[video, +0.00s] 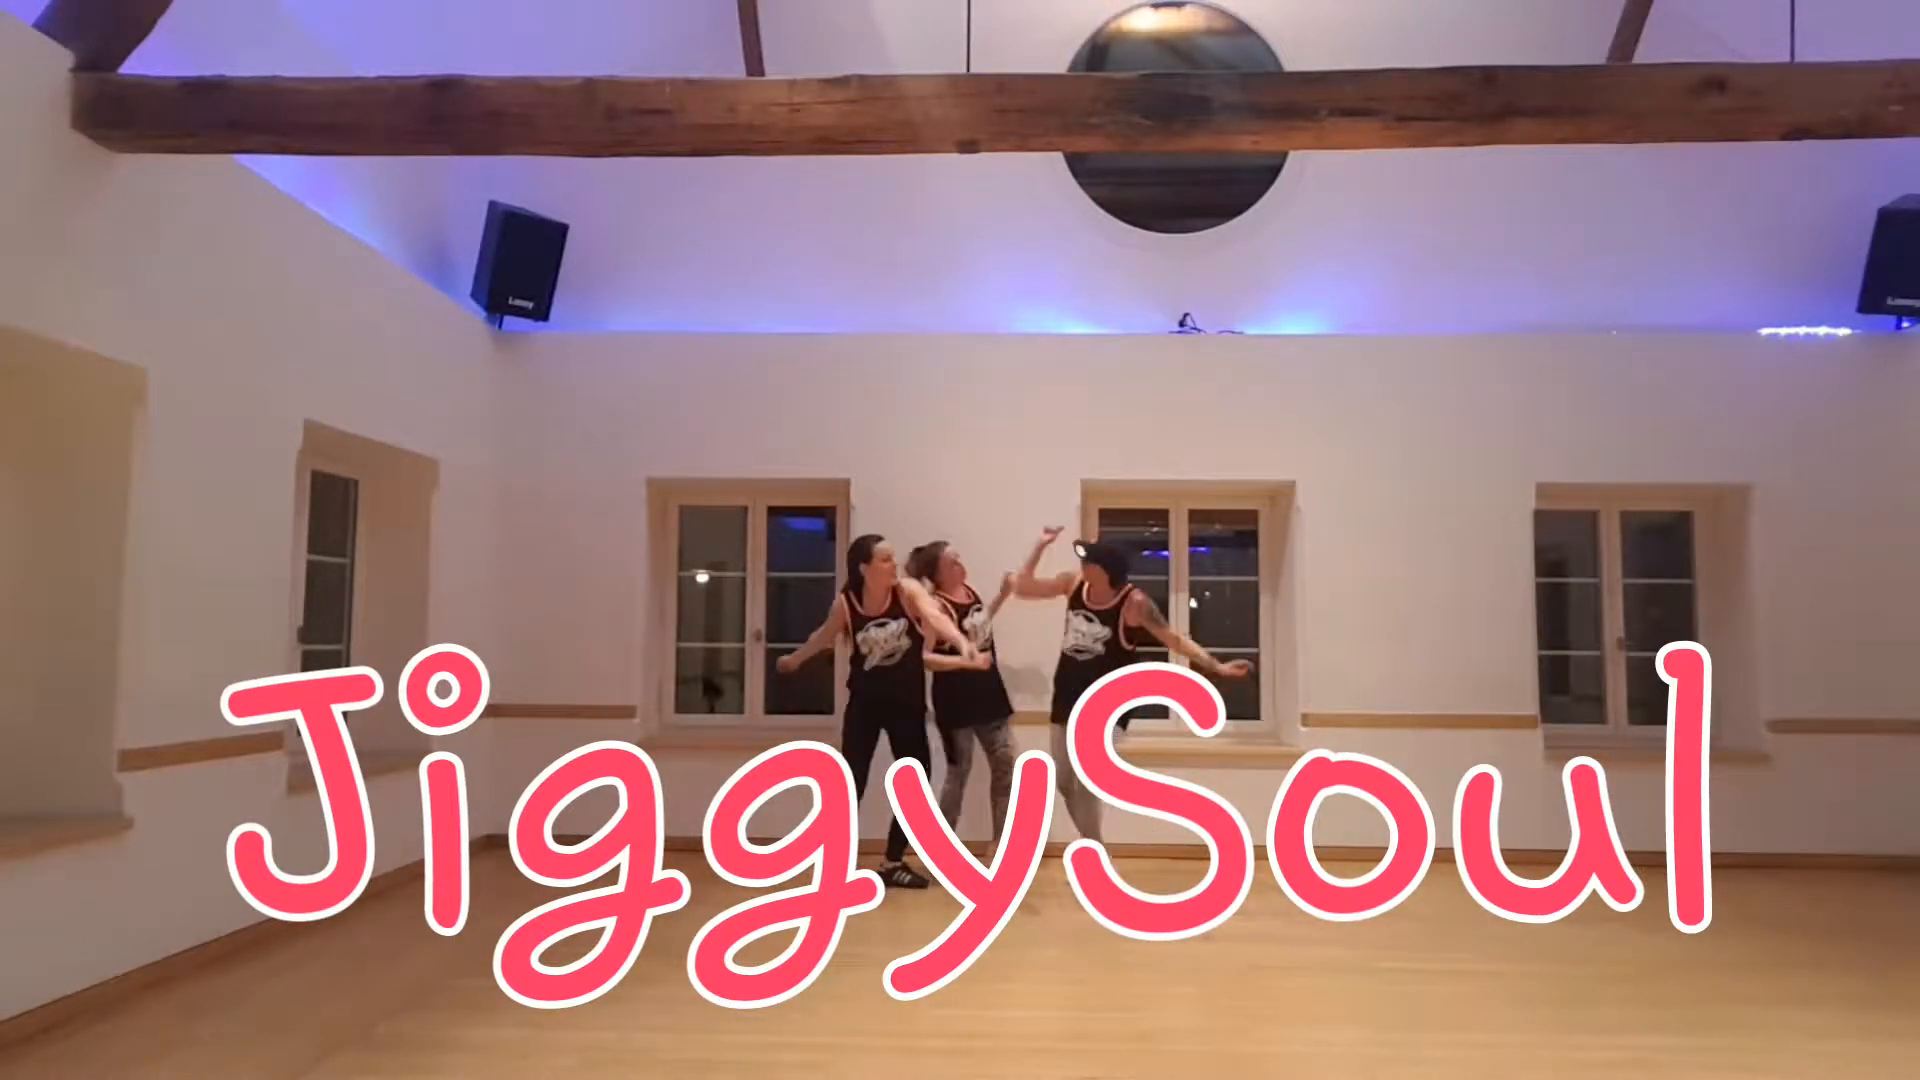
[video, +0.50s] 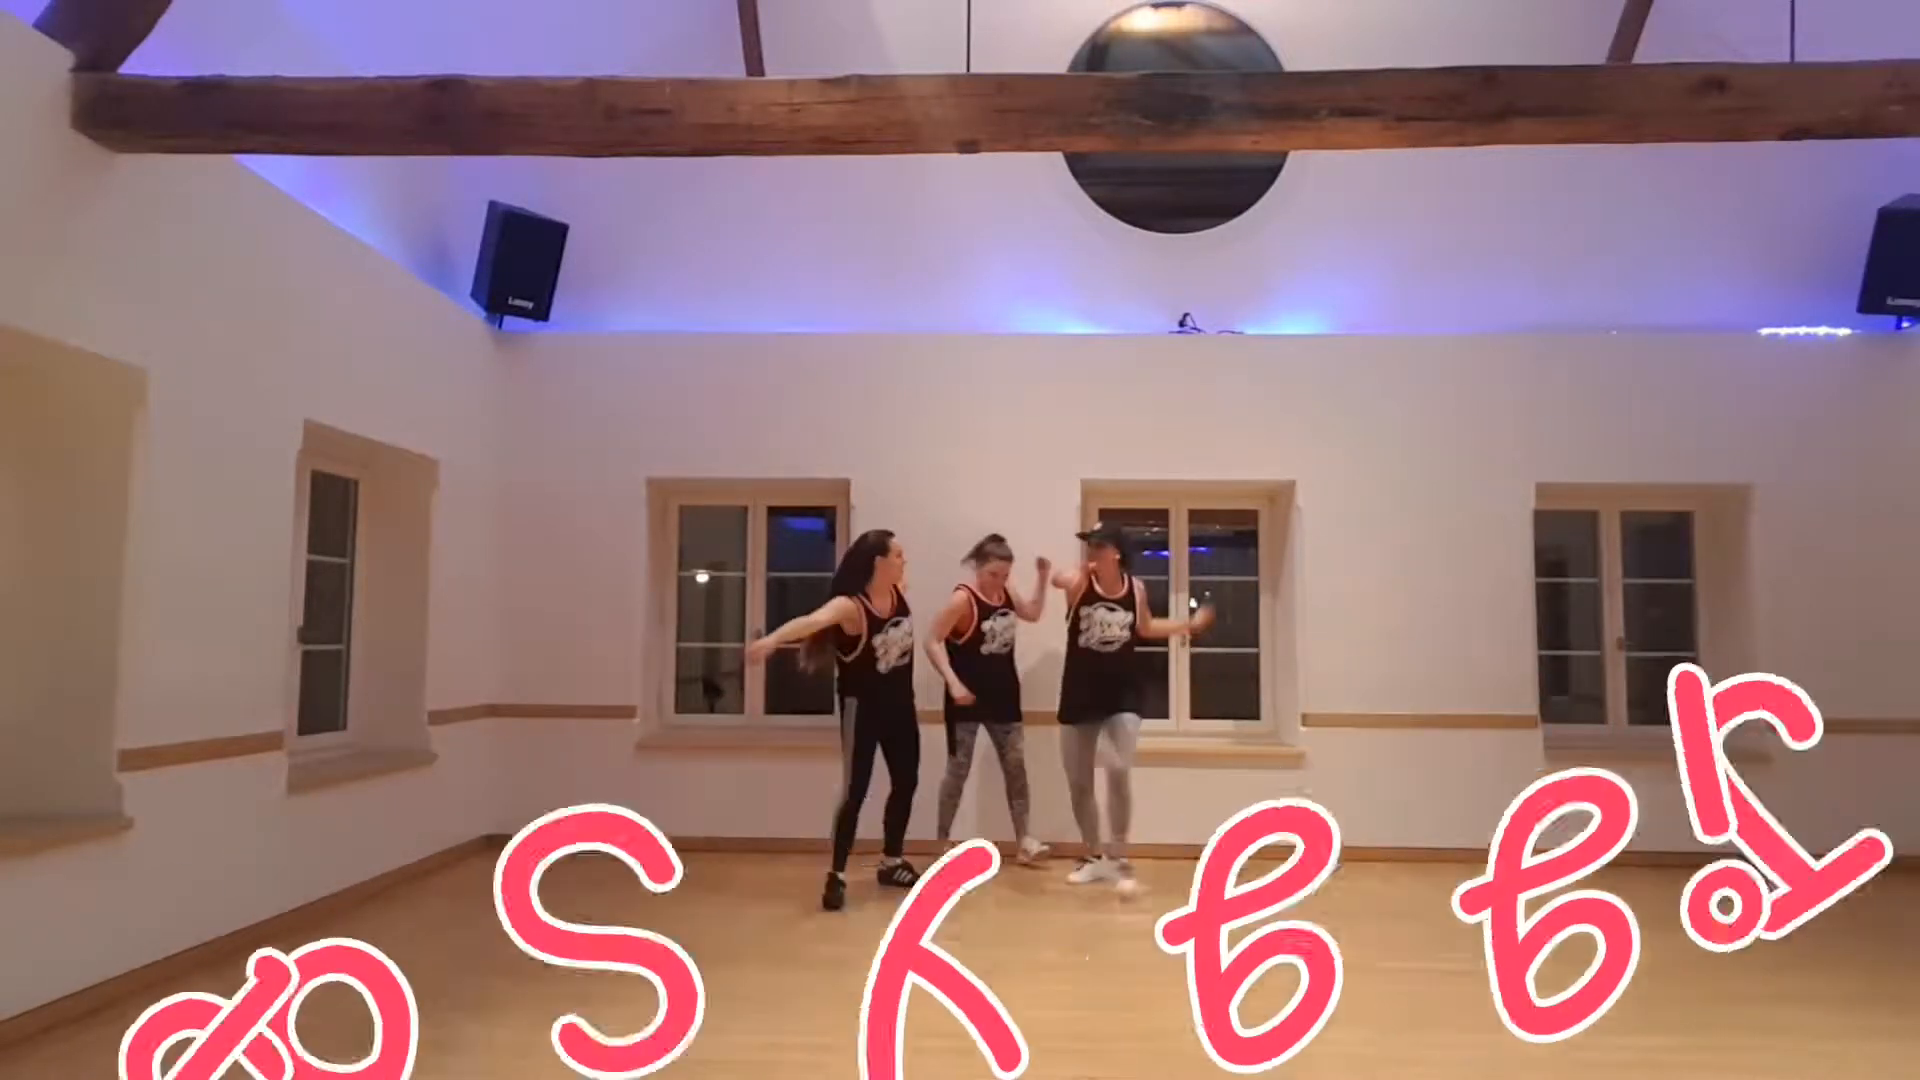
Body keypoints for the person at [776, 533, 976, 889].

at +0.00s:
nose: (894, 565)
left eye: (893, 558)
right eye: (886, 560)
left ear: (892, 563)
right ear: (864, 568)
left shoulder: (907, 590)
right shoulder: (846, 603)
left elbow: (932, 616)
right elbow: (825, 636)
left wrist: (962, 642)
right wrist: (797, 658)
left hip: (906, 702)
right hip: (864, 704)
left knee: (915, 780)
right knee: (850, 783)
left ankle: (893, 863)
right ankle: (830, 860)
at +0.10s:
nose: (890, 572)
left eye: (889, 565)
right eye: (882, 568)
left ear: (887, 571)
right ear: (860, 577)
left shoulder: (908, 603)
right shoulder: (841, 615)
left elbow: (940, 640)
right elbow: (811, 649)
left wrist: (969, 674)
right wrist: (776, 676)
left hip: (901, 713)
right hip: (857, 714)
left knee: (917, 794)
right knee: (848, 791)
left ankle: (900, 861)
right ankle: (834, 874)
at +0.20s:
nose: (888, 572)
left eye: (886, 565)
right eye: (879, 568)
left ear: (887, 572)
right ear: (856, 577)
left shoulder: (907, 604)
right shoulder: (839, 620)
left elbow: (936, 651)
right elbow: (806, 657)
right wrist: (775, 685)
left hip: (894, 712)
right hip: (851, 714)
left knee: (915, 794)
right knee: (838, 794)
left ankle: (892, 864)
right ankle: (833, 866)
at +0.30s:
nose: (892, 565)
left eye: (890, 559)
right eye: (883, 561)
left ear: (888, 567)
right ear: (860, 570)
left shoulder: (907, 599)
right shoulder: (838, 615)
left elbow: (933, 645)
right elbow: (798, 651)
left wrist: (938, 696)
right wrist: (754, 682)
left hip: (897, 710)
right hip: (855, 711)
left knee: (914, 793)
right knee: (844, 792)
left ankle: (892, 864)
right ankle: (832, 876)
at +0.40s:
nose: (897, 559)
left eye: (896, 553)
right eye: (890, 554)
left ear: (886, 562)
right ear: (868, 562)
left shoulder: (908, 592)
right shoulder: (841, 608)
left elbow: (925, 648)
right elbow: (801, 635)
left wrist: (964, 679)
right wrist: (752, 658)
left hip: (899, 703)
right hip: (859, 705)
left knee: (910, 786)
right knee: (848, 790)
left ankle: (892, 864)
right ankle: (834, 873)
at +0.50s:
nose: (903, 560)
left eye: (902, 555)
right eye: (898, 555)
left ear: (885, 563)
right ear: (876, 563)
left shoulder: (896, 593)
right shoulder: (849, 606)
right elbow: (810, 622)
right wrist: (771, 639)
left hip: (898, 703)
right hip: (860, 706)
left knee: (906, 782)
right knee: (855, 789)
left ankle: (892, 862)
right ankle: (837, 875)